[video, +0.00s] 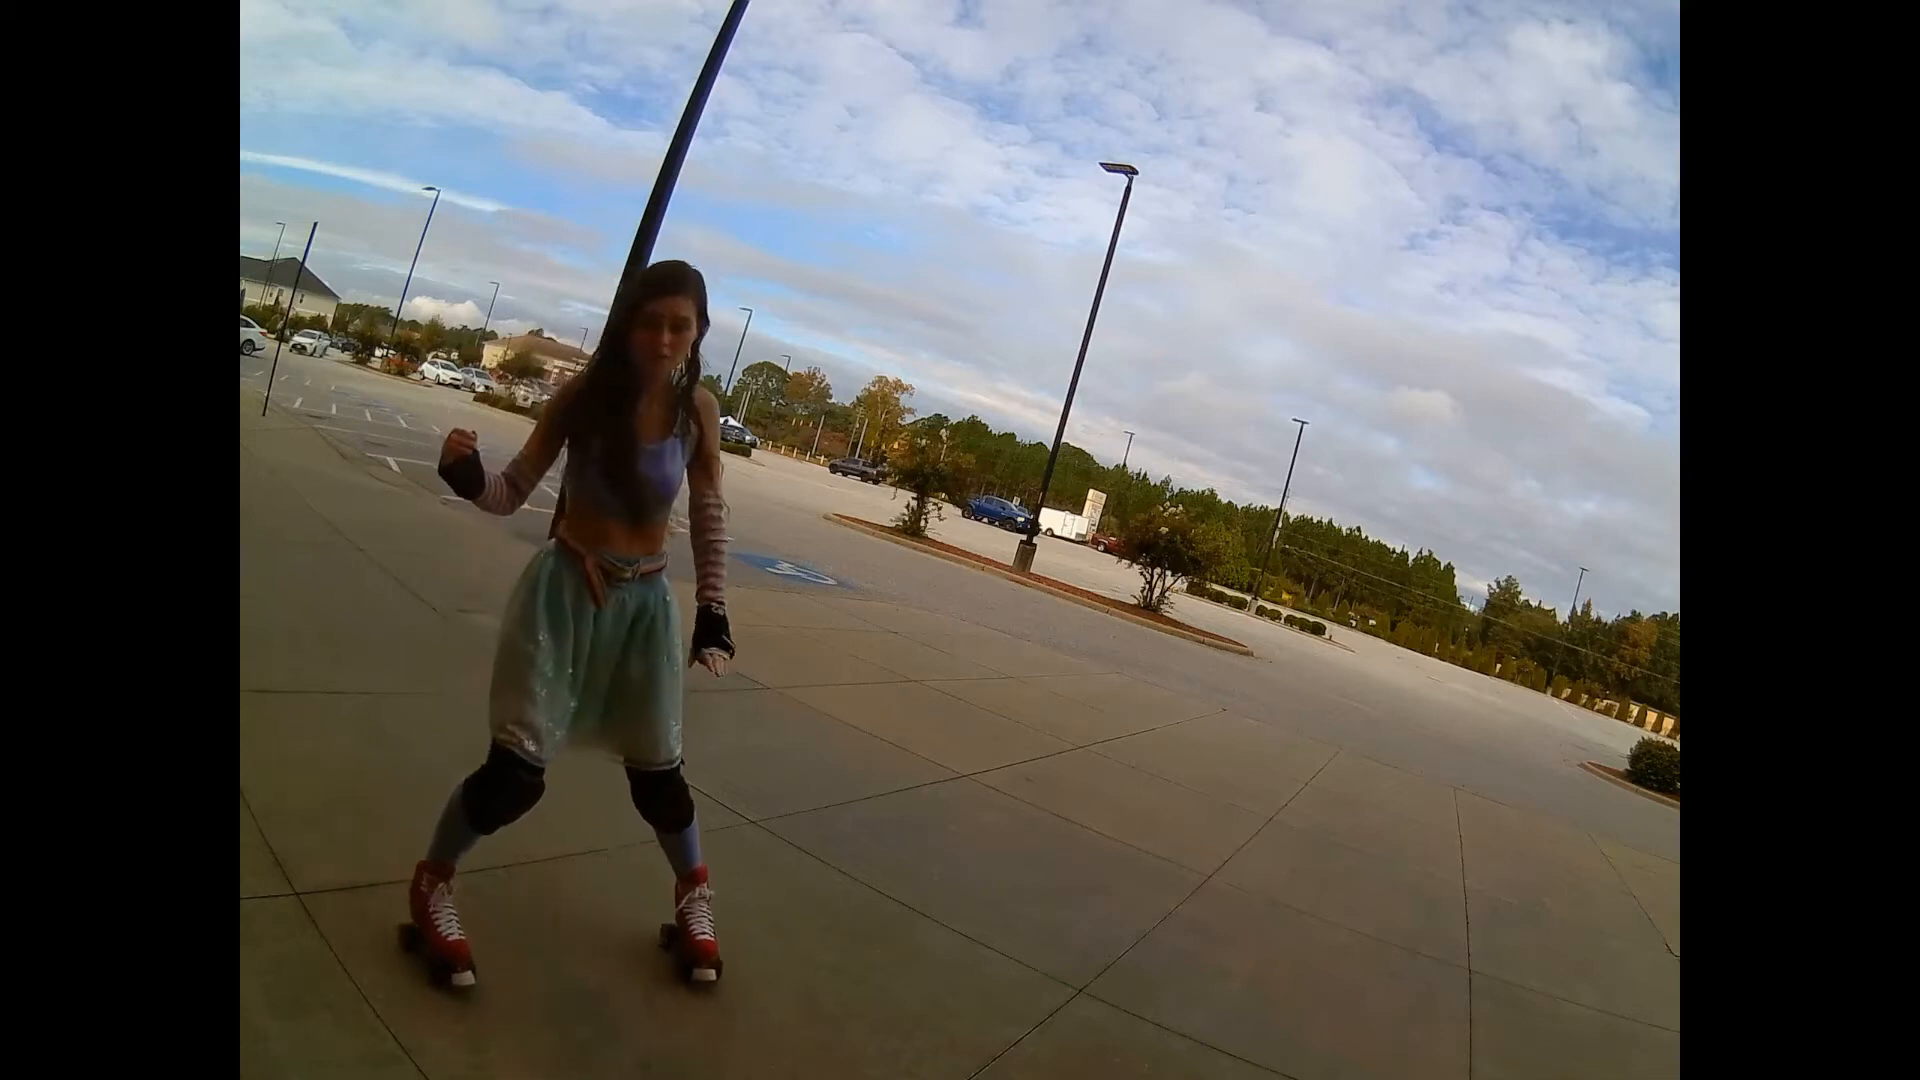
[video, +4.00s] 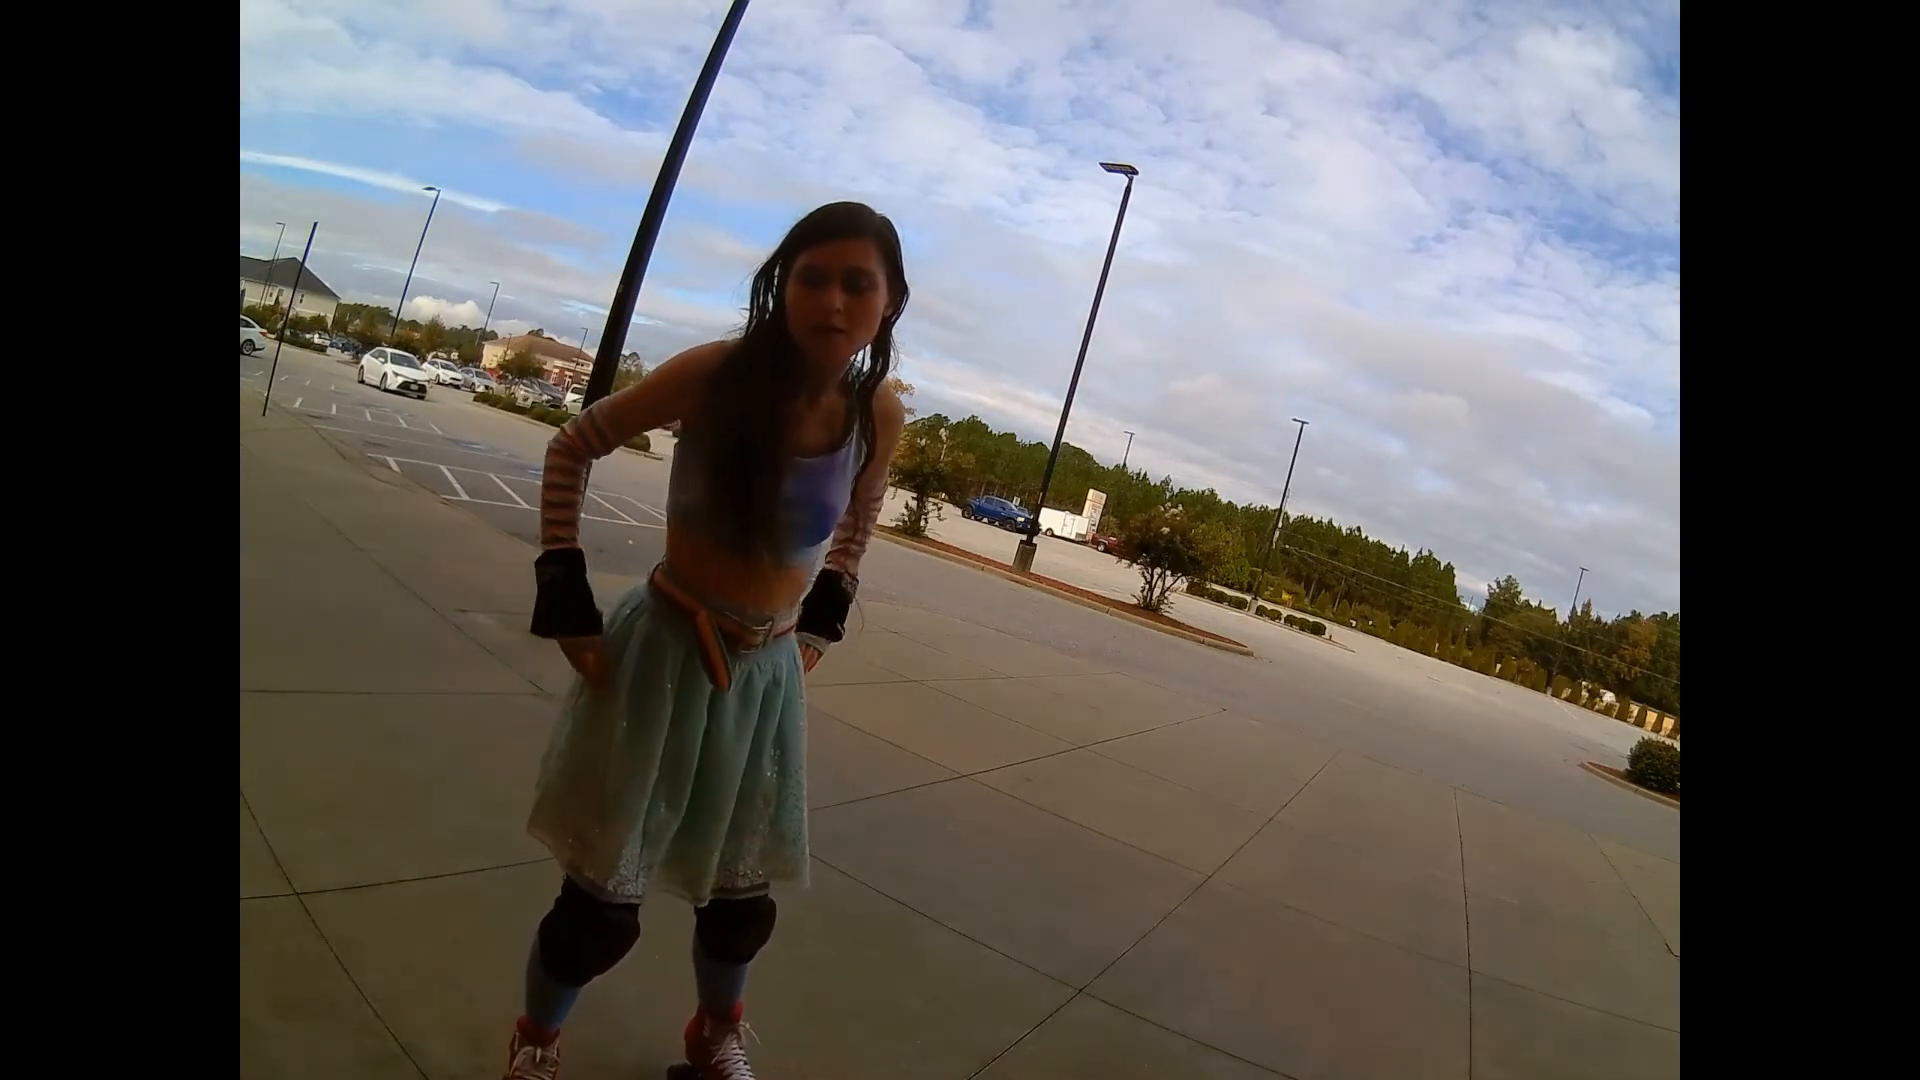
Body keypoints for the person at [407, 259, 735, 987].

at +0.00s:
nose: (665, 340)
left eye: (681, 327)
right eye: (652, 323)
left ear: (698, 336)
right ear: (625, 324)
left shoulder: (696, 411)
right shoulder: (584, 392)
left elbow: (709, 515)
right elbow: (508, 493)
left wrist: (712, 607)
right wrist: (471, 477)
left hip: (644, 601)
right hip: (562, 589)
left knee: (660, 780)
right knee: (516, 776)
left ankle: (694, 894)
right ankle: (432, 881)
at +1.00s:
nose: (693, 313)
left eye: (714, 299)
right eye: (680, 294)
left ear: (741, 307)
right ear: (653, 293)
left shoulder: (744, 399)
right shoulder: (607, 363)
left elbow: (741, 523)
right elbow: (495, 449)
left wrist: (742, 634)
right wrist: (593, 348)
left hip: (672, 629)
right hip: (574, 615)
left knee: (694, 848)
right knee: (557, 847)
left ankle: (711, 990)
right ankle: (491, 964)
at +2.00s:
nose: (782, 316)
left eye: (805, 301)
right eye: (768, 292)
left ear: (825, 313)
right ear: (734, 289)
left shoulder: (816, 408)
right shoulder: (681, 364)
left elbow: (800, 530)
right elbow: (567, 407)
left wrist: (804, 628)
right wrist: (636, 340)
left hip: (734, 628)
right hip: (637, 611)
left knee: (697, 835)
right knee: (584, 835)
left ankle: (656, 971)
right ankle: (535, 991)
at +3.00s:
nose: (748, 320)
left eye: (775, 299)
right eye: (730, 293)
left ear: (809, 312)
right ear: (702, 293)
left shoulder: (803, 408)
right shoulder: (638, 382)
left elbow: (769, 566)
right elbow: (530, 510)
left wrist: (731, 450)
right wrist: (518, 441)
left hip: (707, 649)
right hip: (607, 638)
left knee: (683, 867)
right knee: (585, 897)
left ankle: (654, 973)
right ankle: (536, 1041)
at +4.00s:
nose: (834, 301)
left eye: (859, 283)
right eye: (814, 279)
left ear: (888, 307)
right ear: (780, 289)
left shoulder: (878, 411)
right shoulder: (715, 374)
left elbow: (864, 500)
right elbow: (575, 445)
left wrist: (833, 593)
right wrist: (560, 588)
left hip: (768, 673)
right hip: (665, 651)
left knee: (741, 902)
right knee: (603, 907)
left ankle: (717, 1038)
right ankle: (535, 1044)